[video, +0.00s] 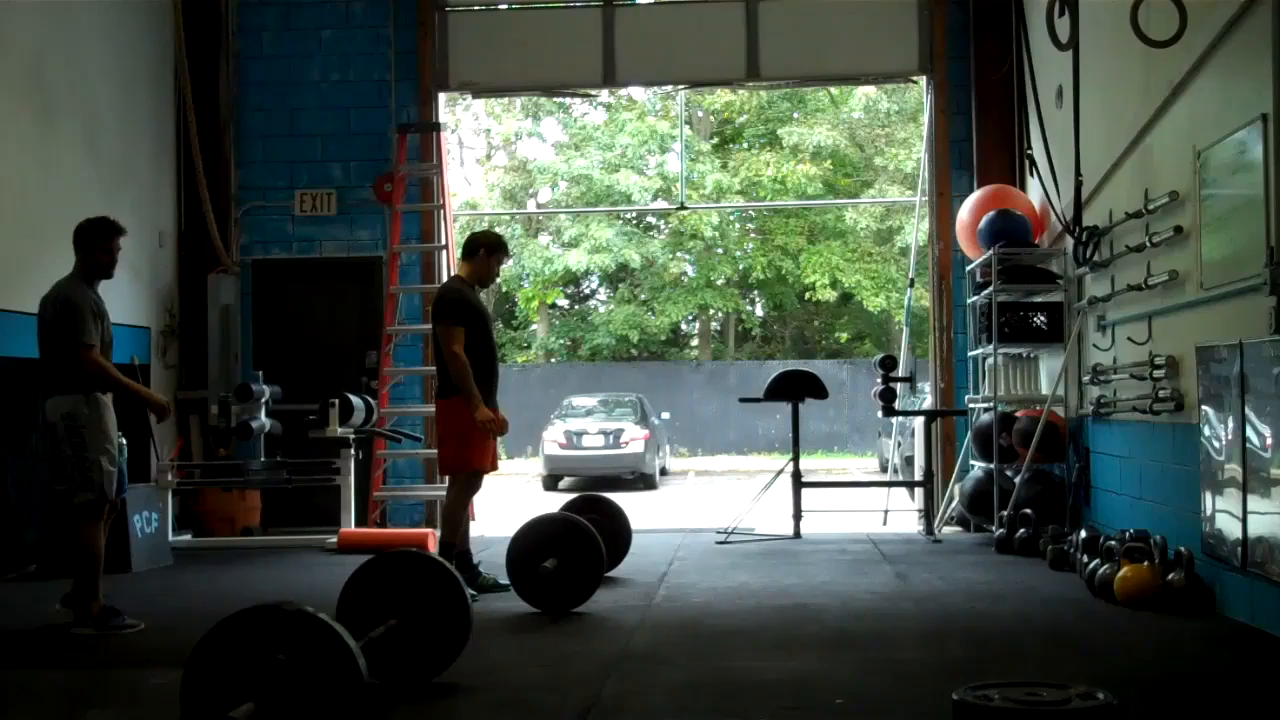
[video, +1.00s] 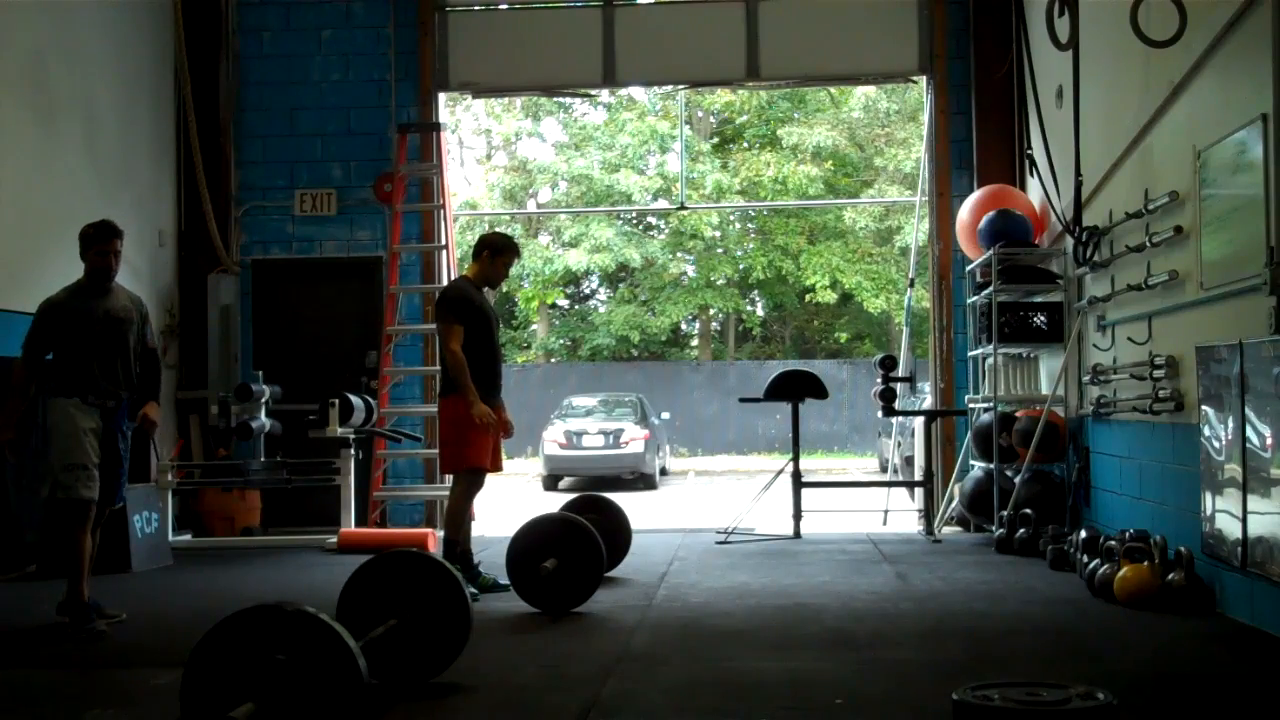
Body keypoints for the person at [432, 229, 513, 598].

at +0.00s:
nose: (498, 274)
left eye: (501, 267)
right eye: (498, 265)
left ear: (479, 256)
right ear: (482, 256)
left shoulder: (468, 296)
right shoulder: (454, 295)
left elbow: (477, 357)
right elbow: (453, 353)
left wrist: (492, 409)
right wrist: (478, 404)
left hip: (473, 404)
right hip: (461, 404)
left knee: (467, 484)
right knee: (464, 484)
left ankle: (460, 565)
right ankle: (450, 567)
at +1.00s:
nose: (507, 275)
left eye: (509, 269)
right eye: (505, 267)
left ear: (492, 261)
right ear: (486, 257)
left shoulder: (479, 298)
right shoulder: (457, 293)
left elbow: (486, 359)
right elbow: (451, 349)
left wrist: (499, 408)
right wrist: (474, 400)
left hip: (483, 404)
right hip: (463, 402)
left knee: (471, 483)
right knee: (466, 482)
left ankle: (464, 566)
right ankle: (453, 568)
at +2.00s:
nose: (509, 275)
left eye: (512, 268)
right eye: (509, 267)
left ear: (494, 258)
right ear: (490, 256)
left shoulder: (481, 294)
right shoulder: (460, 292)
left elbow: (486, 355)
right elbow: (456, 352)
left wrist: (499, 403)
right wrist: (479, 405)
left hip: (485, 406)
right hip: (464, 405)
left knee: (485, 482)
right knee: (466, 484)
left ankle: (471, 568)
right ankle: (467, 575)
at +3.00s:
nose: (548, 281)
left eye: (551, 274)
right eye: (549, 272)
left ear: (533, 260)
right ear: (533, 259)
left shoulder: (522, 300)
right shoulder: (501, 294)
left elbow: (535, 358)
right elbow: (504, 354)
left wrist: (564, 399)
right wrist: (533, 404)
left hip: (524, 401)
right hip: (504, 400)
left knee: (526, 481)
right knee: (512, 480)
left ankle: (526, 568)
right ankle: (477, 569)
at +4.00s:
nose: (573, 283)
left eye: (577, 278)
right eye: (574, 275)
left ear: (557, 260)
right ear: (558, 260)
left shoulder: (539, 296)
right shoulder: (525, 292)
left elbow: (539, 356)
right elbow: (524, 351)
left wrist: (557, 401)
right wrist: (557, 403)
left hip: (535, 401)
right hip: (524, 400)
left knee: (533, 482)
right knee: (530, 481)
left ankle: (525, 573)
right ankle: (520, 575)